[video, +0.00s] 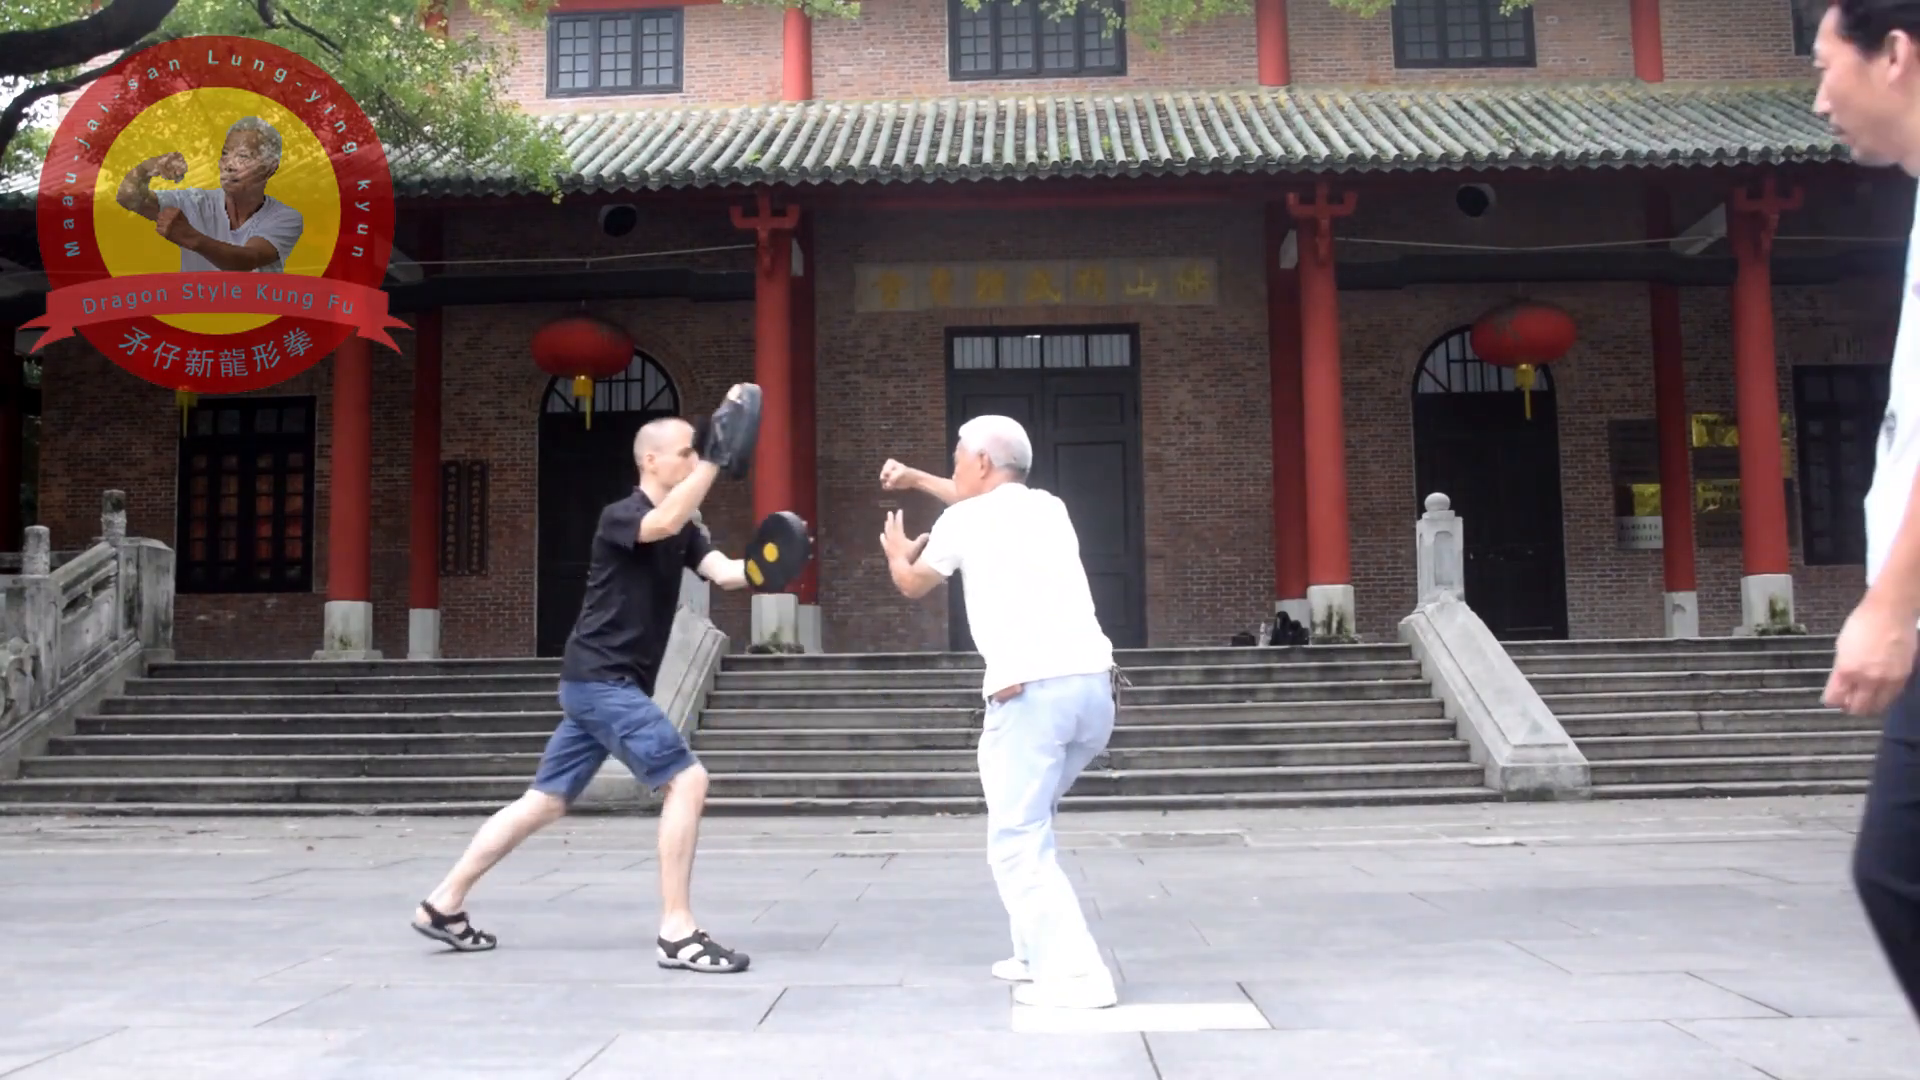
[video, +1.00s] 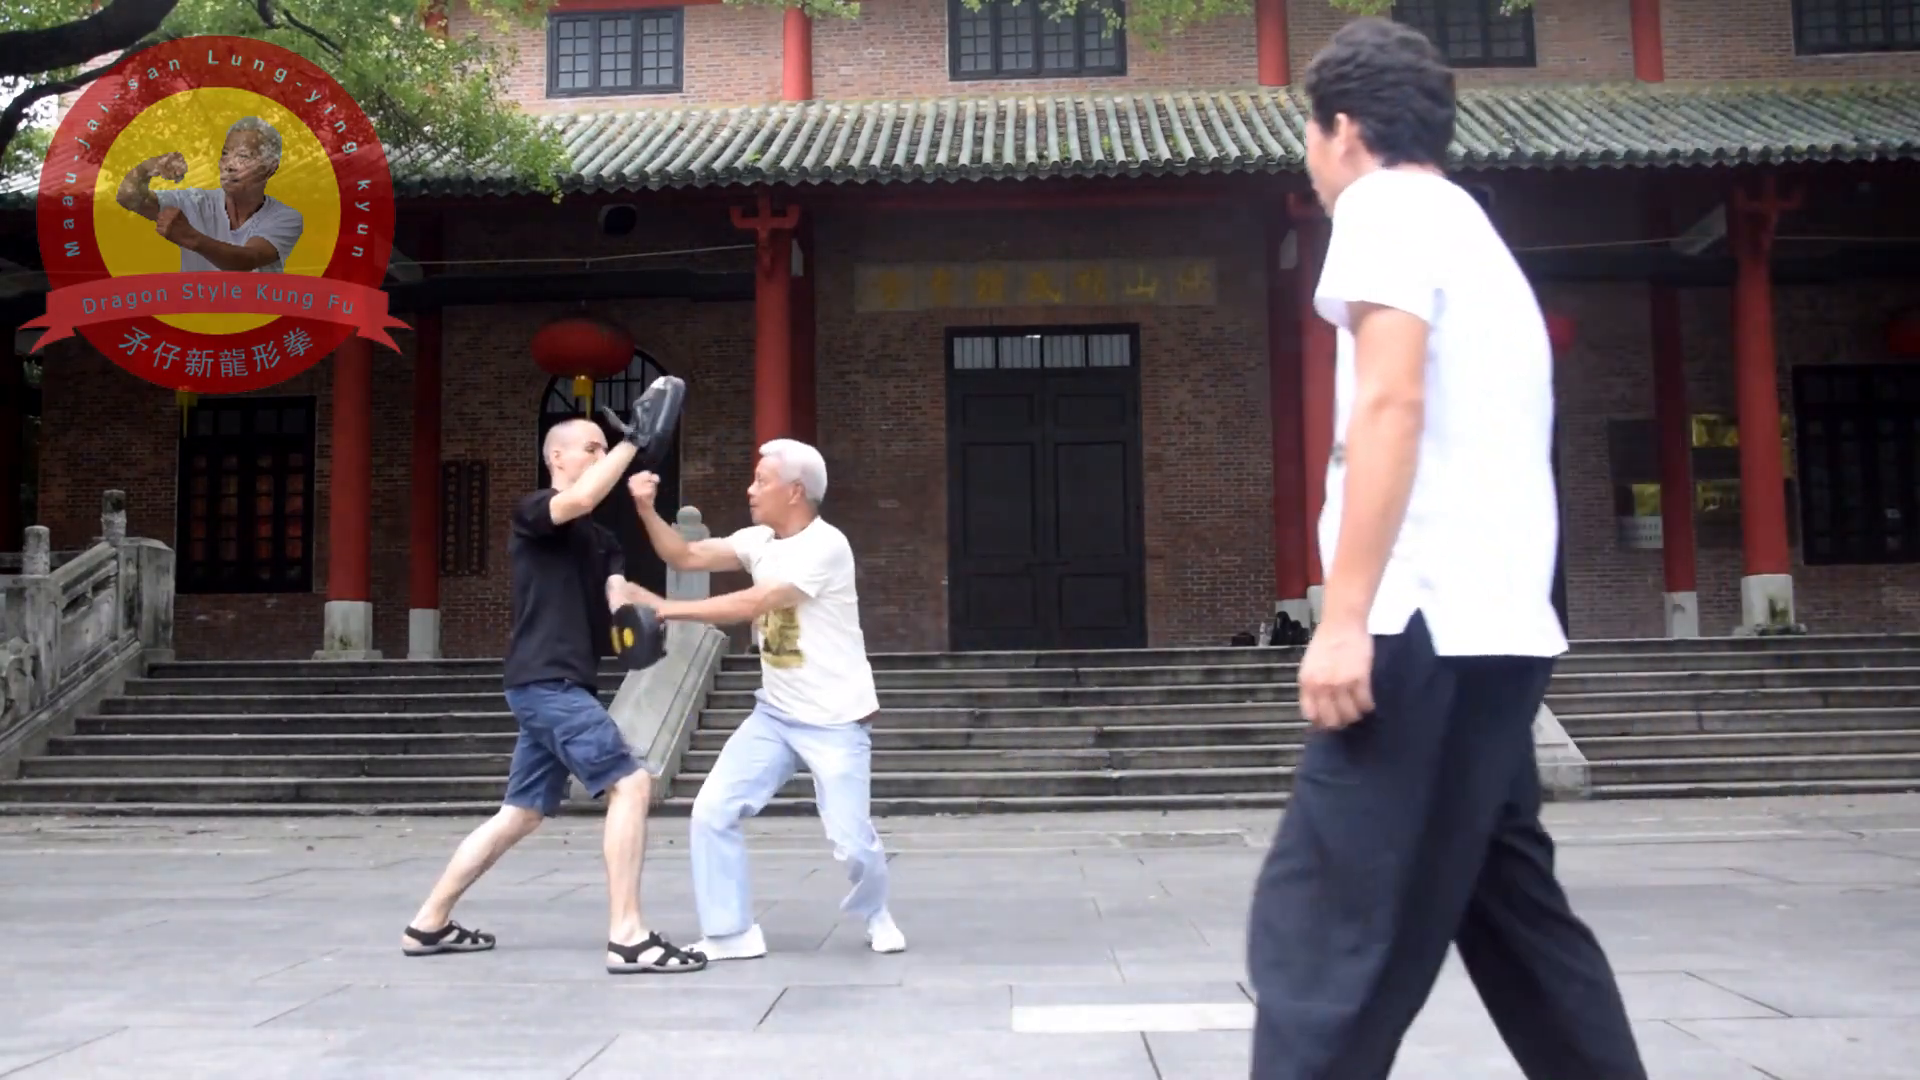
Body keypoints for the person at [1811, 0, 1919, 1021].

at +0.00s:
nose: (1818, 92)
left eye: (1826, 60)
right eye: (1817, 65)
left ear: (1897, 55)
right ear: (1896, 58)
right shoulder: (1917, 203)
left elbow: (1919, 428)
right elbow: (1912, 422)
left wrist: (1891, 605)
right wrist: (1887, 605)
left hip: (1917, 615)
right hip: (1913, 615)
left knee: (1892, 866)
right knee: (1891, 867)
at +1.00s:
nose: (1312, 162)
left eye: (1313, 136)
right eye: (1311, 137)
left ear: (1346, 131)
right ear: (1423, 130)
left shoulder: (1389, 210)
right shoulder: (1470, 227)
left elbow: (1390, 403)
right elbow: (1473, 437)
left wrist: (1341, 617)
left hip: (1428, 633)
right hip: (1492, 635)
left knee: (1322, 938)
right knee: (1518, 923)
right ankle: (1608, 1078)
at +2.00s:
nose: (896, 188)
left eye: (896, 176)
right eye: (898, 178)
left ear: (914, 173)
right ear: (1010, 184)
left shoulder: (911, 233)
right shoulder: (1051, 298)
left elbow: (881, 408)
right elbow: (1085, 500)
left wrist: (825, 594)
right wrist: (1050, 626)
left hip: (948, 641)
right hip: (1047, 648)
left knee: (944, 907)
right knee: (1003, 909)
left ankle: (1109, 1068)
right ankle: (982, 1075)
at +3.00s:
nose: (539, 165)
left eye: (540, 153)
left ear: (553, 161)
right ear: (661, 176)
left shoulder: (524, 247)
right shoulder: (713, 291)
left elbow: (481, 441)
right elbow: (764, 480)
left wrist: (428, 623)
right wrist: (745, 639)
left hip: (574, 656)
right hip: (701, 653)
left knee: (544, 916)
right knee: (710, 883)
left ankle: (553, 1074)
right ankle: (821, 1064)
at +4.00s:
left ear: (329, 209)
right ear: (427, 234)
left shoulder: (275, 293)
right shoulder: (459, 348)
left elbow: (221, 451)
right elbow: (495, 521)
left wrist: (163, 614)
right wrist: (469, 663)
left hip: (312, 662)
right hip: (432, 668)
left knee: (263, 886)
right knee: (398, 901)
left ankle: (428, 1064)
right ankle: (386, 1072)